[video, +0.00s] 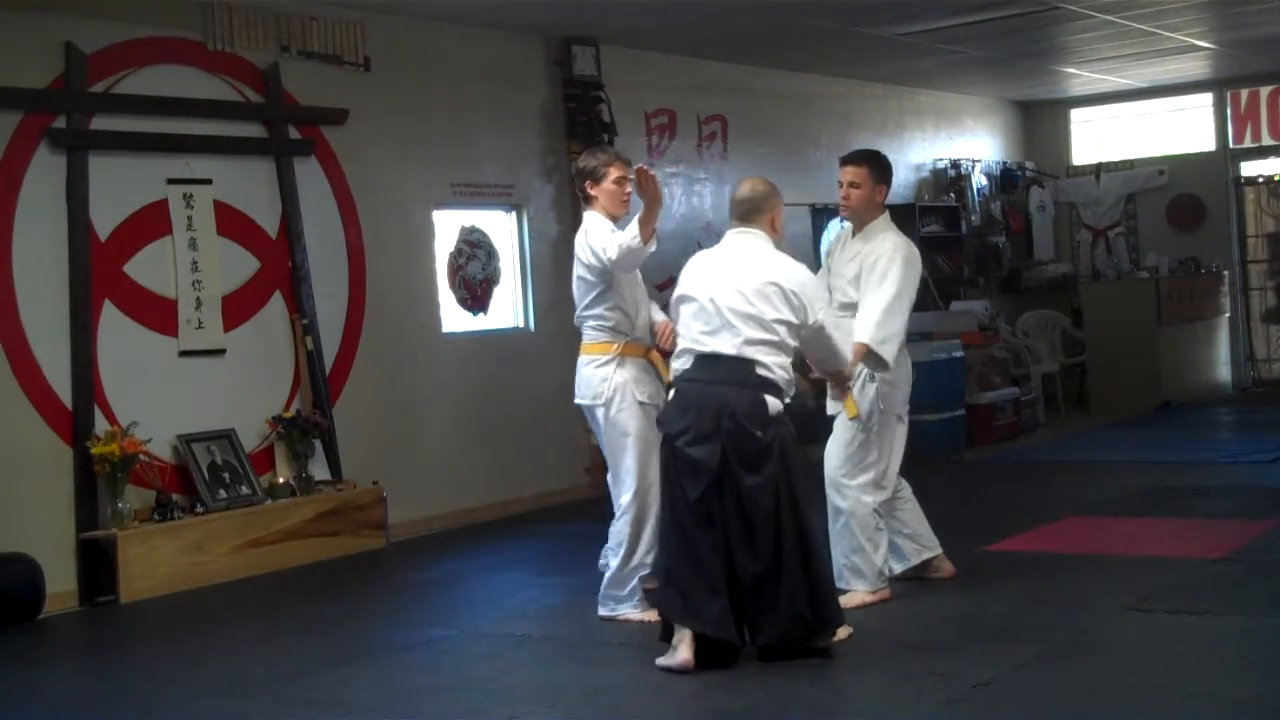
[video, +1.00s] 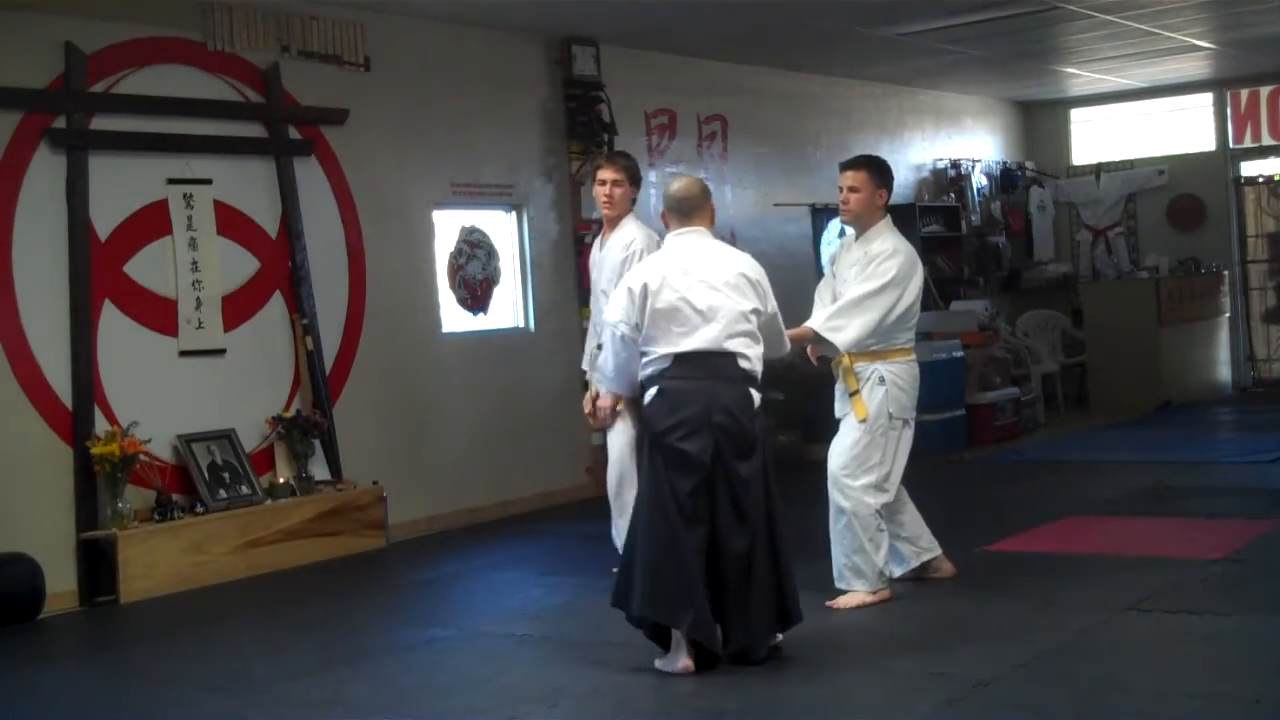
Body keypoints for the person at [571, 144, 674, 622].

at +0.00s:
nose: (628, 189)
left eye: (629, 180)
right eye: (619, 181)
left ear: (622, 189)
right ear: (591, 189)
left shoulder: (613, 232)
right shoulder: (593, 228)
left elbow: (636, 303)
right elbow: (620, 255)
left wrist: (659, 320)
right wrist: (651, 210)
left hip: (633, 367)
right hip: (613, 371)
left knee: (645, 483)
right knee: (636, 486)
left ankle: (632, 576)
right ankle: (618, 597)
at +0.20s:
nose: (626, 191)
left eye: (628, 183)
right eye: (616, 185)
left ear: (630, 188)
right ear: (592, 192)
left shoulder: (628, 239)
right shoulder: (586, 236)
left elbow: (640, 298)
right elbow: (595, 290)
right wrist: (627, 269)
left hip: (635, 364)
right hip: (603, 367)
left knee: (634, 478)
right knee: (614, 482)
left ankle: (632, 588)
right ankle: (615, 593)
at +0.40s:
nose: (624, 190)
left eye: (629, 181)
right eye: (613, 184)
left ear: (640, 187)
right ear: (597, 194)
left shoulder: (660, 241)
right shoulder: (583, 245)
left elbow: (678, 302)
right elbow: (570, 311)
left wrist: (676, 352)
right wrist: (579, 366)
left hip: (655, 369)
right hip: (603, 372)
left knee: (658, 470)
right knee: (599, 474)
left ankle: (664, 576)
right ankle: (586, 580)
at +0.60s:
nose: (620, 190)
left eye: (627, 181)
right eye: (611, 183)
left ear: (640, 189)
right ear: (598, 193)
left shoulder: (661, 243)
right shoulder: (583, 251)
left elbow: (675, 315)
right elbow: (570, 319)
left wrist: (656, 377)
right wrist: (574, 383)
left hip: (650, 376)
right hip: (596, 378)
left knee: (650, 467)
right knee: (588, 468)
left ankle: (654, 558)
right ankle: (603, 557)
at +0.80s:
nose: (614, 190)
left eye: (623, 183)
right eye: (607, 182)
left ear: (639, 192)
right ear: (597, 191)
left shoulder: (653, 244)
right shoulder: (591, 250)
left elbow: (665, 315)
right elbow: (585, 318)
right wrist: (584, 383)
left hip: (650, 376)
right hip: (607, 378)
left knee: (651, 480)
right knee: (616, 480)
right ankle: (632, 565)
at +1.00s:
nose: (607, 192)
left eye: (617, 184)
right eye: (601, 183)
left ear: (633, 191)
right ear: (592, 190)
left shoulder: (639, 240)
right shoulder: (602, 239)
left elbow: (634, 322)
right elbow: (597, 315)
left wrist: (614, 386)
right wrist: (591, 379)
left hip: (634, 379)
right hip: (612, 377)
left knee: (627, 476)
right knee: (621, 475)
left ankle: (635, 562)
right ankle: (628, 558)